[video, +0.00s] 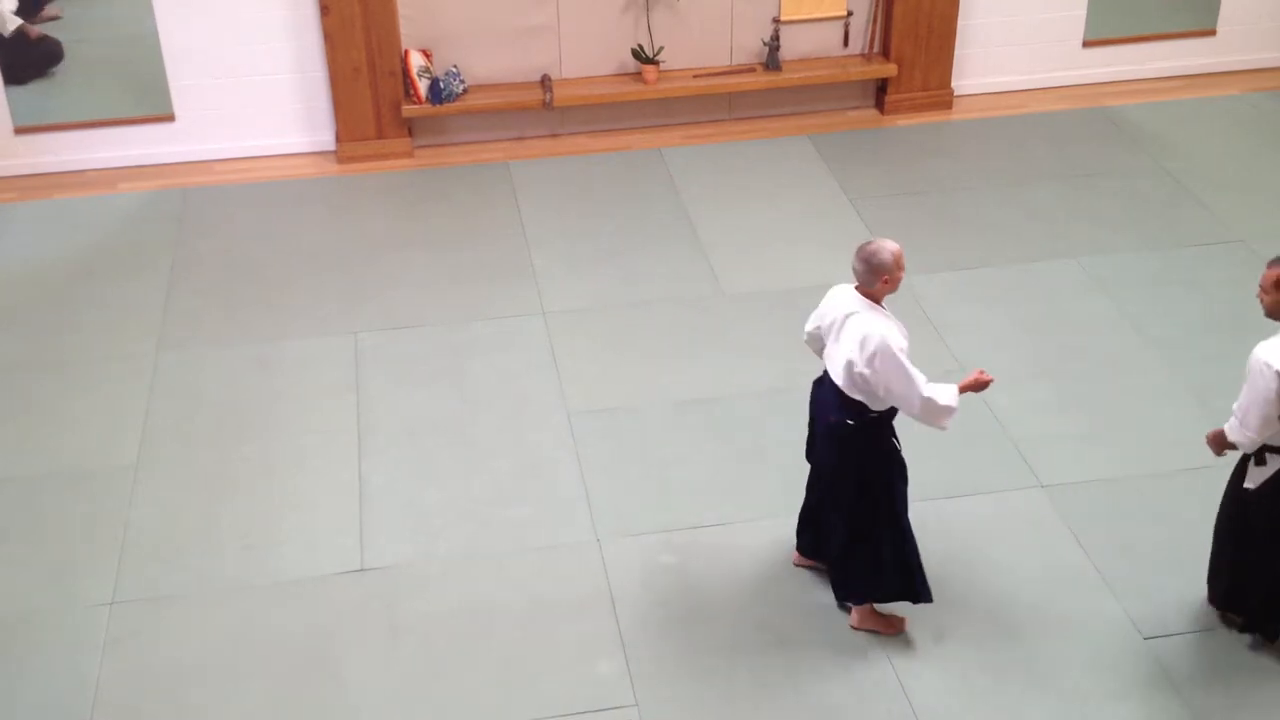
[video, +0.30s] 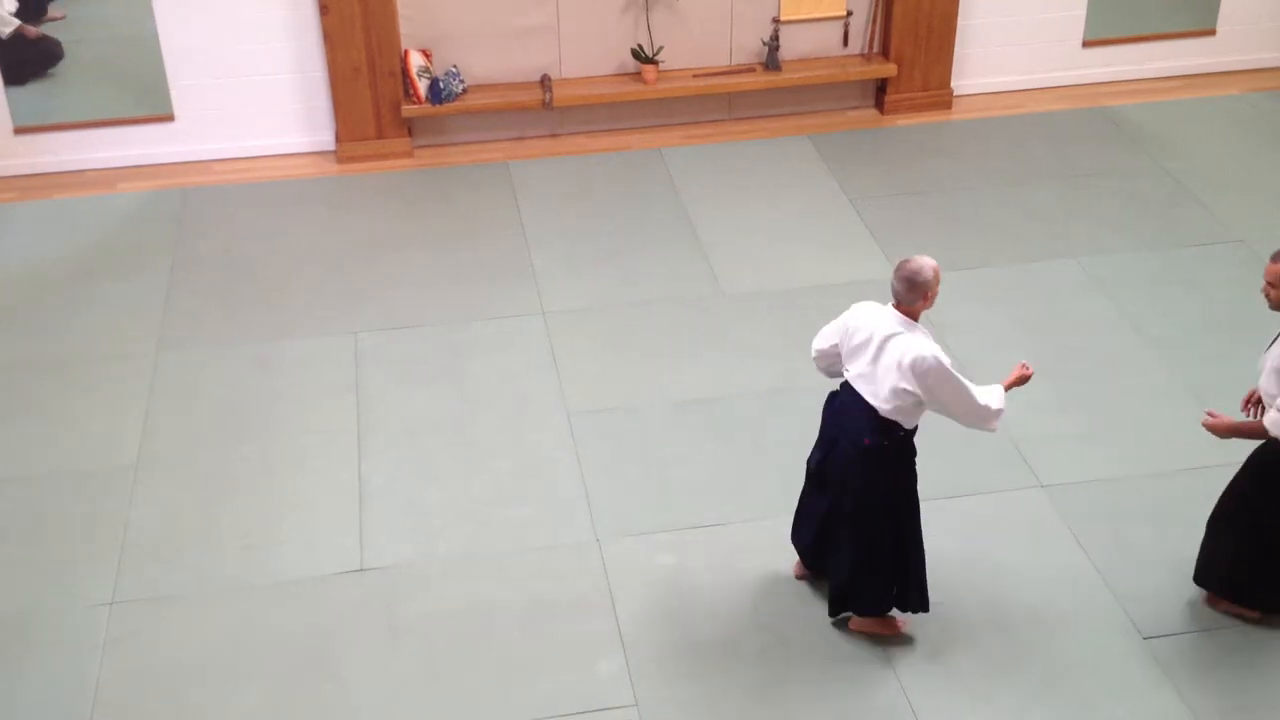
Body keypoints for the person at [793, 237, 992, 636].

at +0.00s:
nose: (904, 272)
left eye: (902, 266)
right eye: (901, 268)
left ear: (862, 272)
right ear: (887, 281)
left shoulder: (839, 294)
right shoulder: (881, 337)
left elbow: (813, 333)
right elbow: (914, 396)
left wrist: (841, 362)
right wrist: (960, 388)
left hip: (825, 403)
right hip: (858, 430)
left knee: (825, 481)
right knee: (870, 510)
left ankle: (810, 549)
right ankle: (862, 608)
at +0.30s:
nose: (937, 290)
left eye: (936, 284)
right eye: (936, 287)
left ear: (894, 286)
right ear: (928, 298)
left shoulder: (863, 313)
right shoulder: (923, 355)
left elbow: (823, 354)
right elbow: (971, 407)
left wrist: (855, 373)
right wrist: (1006, 385)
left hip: (838, 416)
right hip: (879, 441)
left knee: (827, 489)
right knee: (879, 521)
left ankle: (809, 559)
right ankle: (869, 611)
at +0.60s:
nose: (941, 302)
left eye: (939, 296)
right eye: (940, 299)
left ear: (897, 294)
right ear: (935, 308)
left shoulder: (864, 323)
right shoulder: (929, 365)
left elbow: (818, 366)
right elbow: (985, 411)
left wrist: (853, 374)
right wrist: (1021, 386)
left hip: (840, 428)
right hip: (884, 451)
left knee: (825, 504)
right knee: (885, 532)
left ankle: (805, 577)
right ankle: (878, 620)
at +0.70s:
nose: (937, 299)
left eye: (933, 293)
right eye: (935, 296)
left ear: (893, 294)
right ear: (928, 308)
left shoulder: (859, 323)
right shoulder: (922, 365)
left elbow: (818, 361)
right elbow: (976, 405)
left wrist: (850, 376)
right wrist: (1023, 384)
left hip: (835, 425)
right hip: (880, 449)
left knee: (823, 506)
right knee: (882, 530)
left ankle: (805, 584)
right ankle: (875, 619)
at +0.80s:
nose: (927, 301)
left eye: (926, 295)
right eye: (926, 298)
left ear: (883, 295)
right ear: (919, 308)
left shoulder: (855, 319)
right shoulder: (913, 365)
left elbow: (820, 354)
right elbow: (971, 399)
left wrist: (850, 378)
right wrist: (1026, 381)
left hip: (831, 421)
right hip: (872, 446)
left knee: (828, 508)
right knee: (884, 526)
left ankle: (816, 586)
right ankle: (885, 616)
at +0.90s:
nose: (844, 299)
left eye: (841, 292)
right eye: (841, 293)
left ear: (808, 290)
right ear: (834, 299)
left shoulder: (776, 313)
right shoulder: (826, 353)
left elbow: (755, 342)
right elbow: (881, 386)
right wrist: (942, 370)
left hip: (752, 417)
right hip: (785, 437)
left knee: (758, 507)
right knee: (798, 517)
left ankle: (750, 580)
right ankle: (793, 609)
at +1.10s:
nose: (935, 303)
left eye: (941, 302)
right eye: (938, 297)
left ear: (964, 316)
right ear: (978, 311)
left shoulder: (955, 367)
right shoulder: (1012, 320)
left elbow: (877, 389)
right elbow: (1041, 345)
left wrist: (807, 379)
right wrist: (1019, 388)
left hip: (992, 460)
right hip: (1034, 438)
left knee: (915, 514)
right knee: (1036, 527)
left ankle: (954, 586)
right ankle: (1048, 605)